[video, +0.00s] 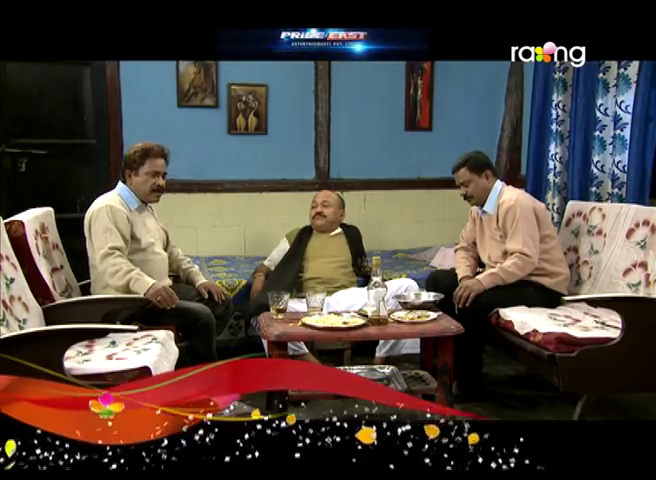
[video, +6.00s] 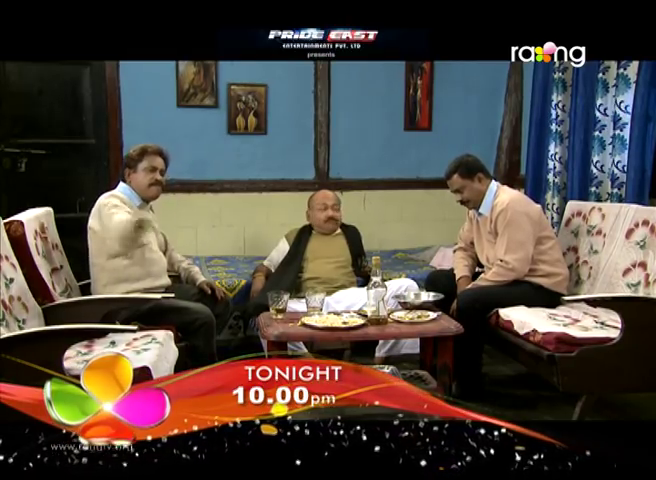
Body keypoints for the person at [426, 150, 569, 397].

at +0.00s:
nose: (463, 193)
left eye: (466, 185)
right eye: (460, 187)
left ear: (487, 177)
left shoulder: (517, 203)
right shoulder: (479, 209)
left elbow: (524, 259)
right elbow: (465, 248)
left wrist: (481, 282)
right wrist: (466, 276)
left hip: (542, 286)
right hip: (505, 278)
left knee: (473, 301)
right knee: (438, 280)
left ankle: (467, 384)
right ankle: (438, 369)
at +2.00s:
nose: (463, 193)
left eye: (466, 185)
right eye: (460, 188)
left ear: (487, 177)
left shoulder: (517, 203)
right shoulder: (479, 209)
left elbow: (523, 259)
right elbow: (465, 247)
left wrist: (480, 282)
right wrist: (465, 276)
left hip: (542, 285)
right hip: (504, 277)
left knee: (472, 302)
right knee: (437, 280)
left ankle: (467, 385)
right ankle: (440, 369)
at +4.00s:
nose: (458, 198)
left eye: (461, 190)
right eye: (455, 193)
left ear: (481, 179)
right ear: (479, 180)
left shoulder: (514, 205)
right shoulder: (478, 209)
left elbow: (513, 266)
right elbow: (464, 248)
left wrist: (465, 294)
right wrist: (464, 282)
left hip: (541, 286)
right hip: (502, 277)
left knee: (468, 302)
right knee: (437, 280)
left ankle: (467, 385)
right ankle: (440, 368)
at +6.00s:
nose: (458, 199)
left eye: (460, 191)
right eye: (455, 194)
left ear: (480, 180)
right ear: (478, 181)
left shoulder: (512, 206)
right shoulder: (477, 208)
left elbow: (513, 266)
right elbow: (464, 248)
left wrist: (466, 294)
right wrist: (463, 283)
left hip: (542, 286)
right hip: (504, 277)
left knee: (468, 302)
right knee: (437, 280)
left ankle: (467, 386)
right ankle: (440, 370)